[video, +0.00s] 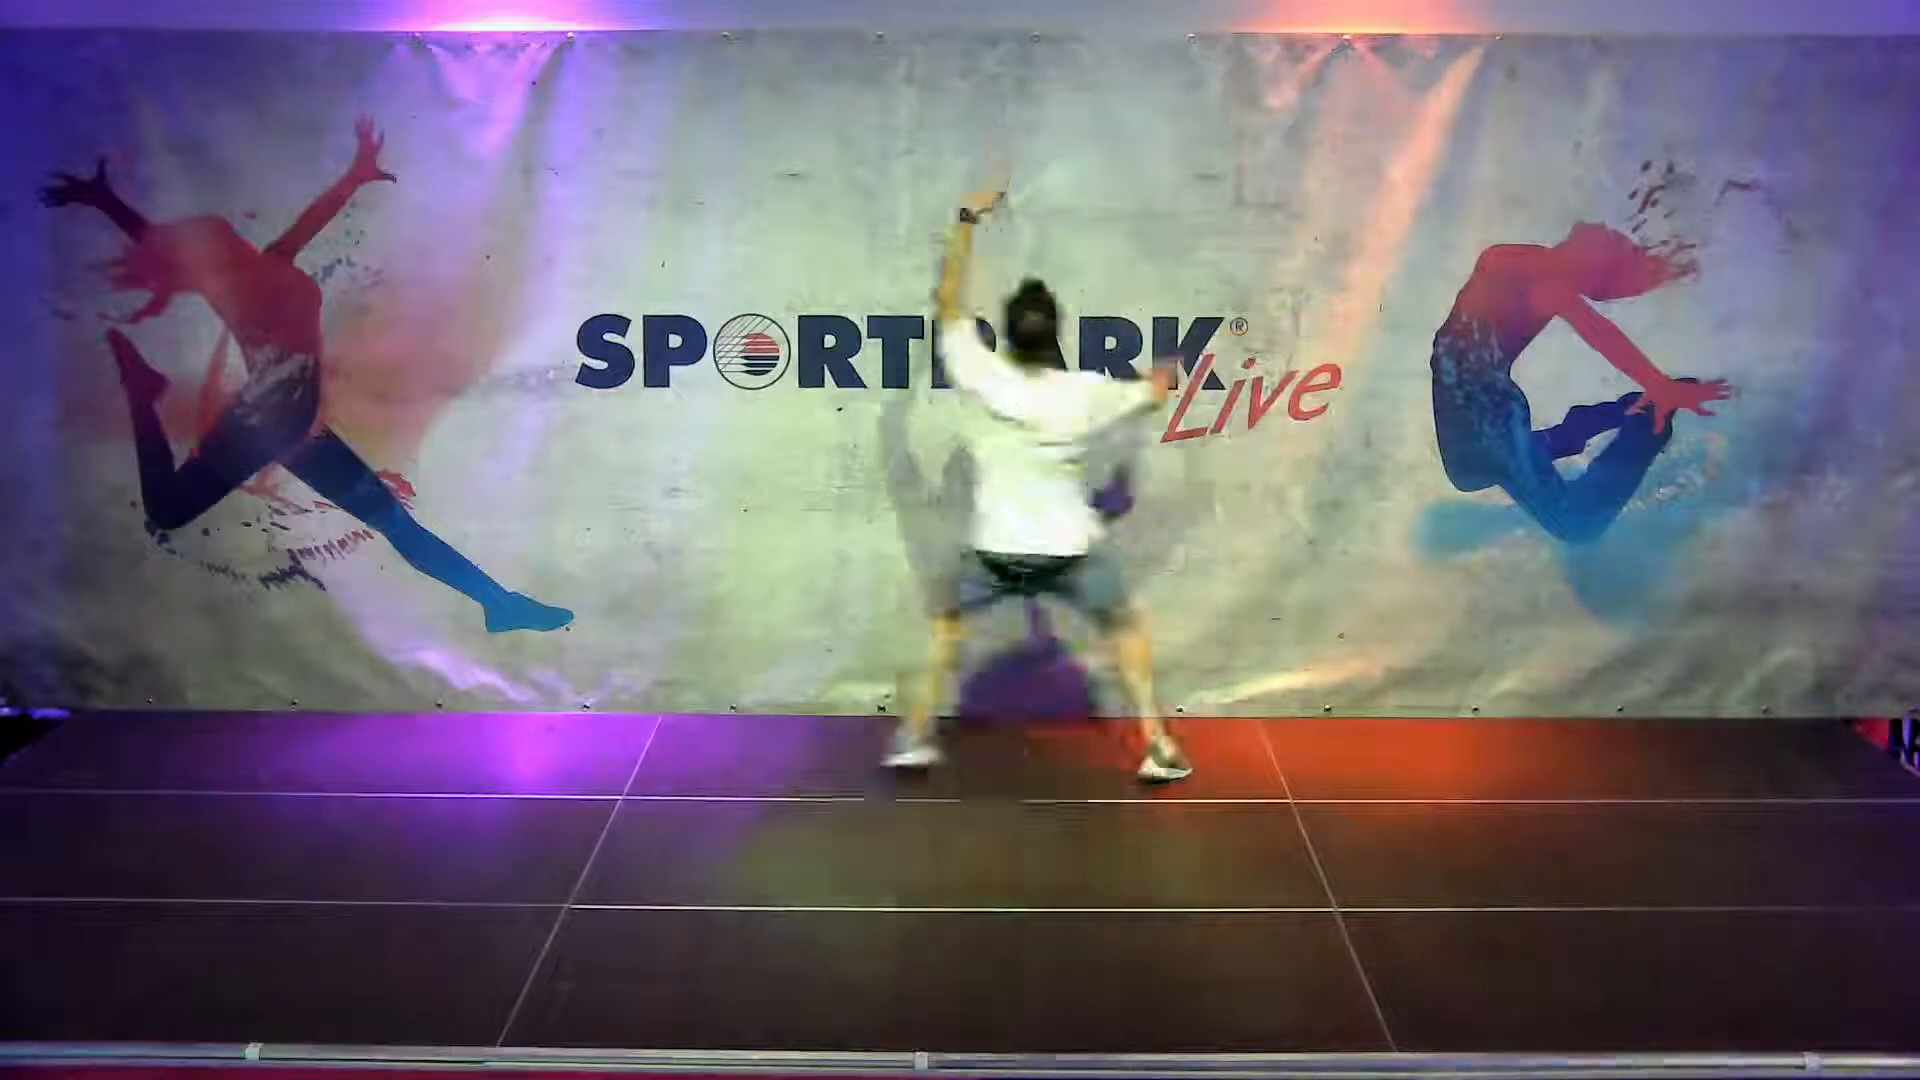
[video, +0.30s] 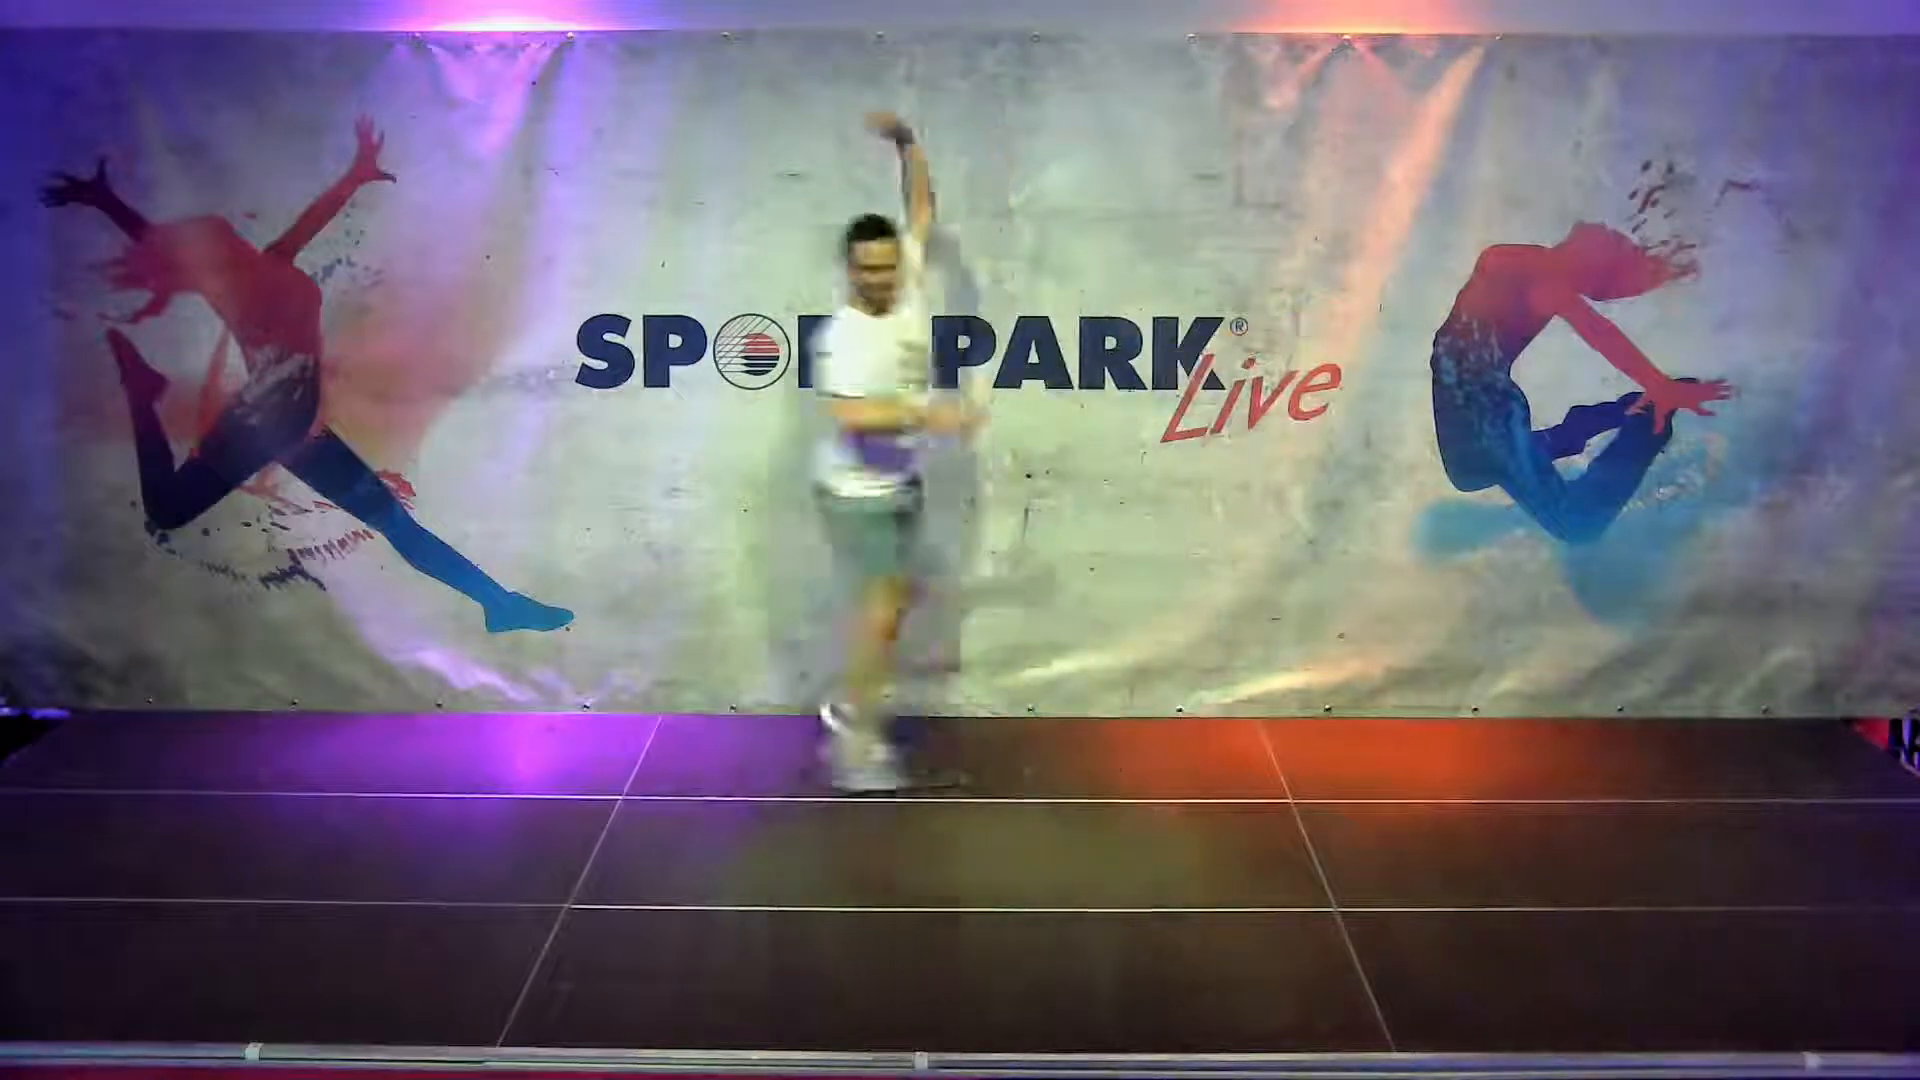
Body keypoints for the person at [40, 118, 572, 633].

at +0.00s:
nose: (185, 280)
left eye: (182, 262)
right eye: (180, 263)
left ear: (204, 254)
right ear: (194, 258)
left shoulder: (267, 268)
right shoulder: (231, 275)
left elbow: (307, 224)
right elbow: (153, 241)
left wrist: (356, 176)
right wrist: (98, 196)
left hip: (298, 426)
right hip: (261, 421)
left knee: (387, 514)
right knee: (166, 511)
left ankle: (500, 602)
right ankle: (141, 392)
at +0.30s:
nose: (183, 282)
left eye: (181, 263)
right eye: (180, 263)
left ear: (205, 253)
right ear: (195, 257)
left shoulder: (267, 267)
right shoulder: (233, 277)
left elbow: (309, 222)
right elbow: (153, 243)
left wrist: (357, 176)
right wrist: (100, 197)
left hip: (298, 426)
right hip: (261, 422)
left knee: (386, 514)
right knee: (166, 510)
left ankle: (500, 602)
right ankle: (141, 392)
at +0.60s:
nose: (188, 280)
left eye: (185, 262)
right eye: (184, 262)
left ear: (207, 253)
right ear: (195, 259)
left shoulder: (267, 267)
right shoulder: (233, 277)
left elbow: (308, 222)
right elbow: (153, 242)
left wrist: (357, 176)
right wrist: (99, 196)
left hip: (298, 426)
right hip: (262, 422)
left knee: (387, 515)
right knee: (167, 510)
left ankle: (500, 602)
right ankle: (140, 390)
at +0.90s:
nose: (199, 267)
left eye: (196, 254)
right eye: (195, 253)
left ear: (213, 250)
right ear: (194, 261)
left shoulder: (271, 269)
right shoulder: (227, 280)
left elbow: (309, 222)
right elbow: (149, 240)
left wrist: (359, 174)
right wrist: (99, 195)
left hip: (302, 428)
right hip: (258, 425)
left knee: (390, 515)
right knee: (165, 509)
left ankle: (497, 599)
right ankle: (140, 394)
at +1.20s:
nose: (176, 292)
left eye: (177, 274)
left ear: (213, 250)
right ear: (214, 247)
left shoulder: (268, 265)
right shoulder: (237, 280)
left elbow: (311, 220)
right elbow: (158, 247)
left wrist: (358, 174)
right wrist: (104, 199)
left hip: (296, 425)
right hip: (263, 423)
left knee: (391, 517)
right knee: (167, 513)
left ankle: (497, 598)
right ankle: (141, 395)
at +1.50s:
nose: (180, 288)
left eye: (179, 268)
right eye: (176, 271)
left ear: (204, 255)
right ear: (201, 256)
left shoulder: (266, 269)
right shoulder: (234, 275)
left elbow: (311, 220)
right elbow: (156, 243)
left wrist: (359, 174)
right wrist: (105, 199)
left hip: (297, 425)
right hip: (262, 422)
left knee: (386, 512)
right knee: (165, 510)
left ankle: (498, 600)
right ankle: (139, 391)